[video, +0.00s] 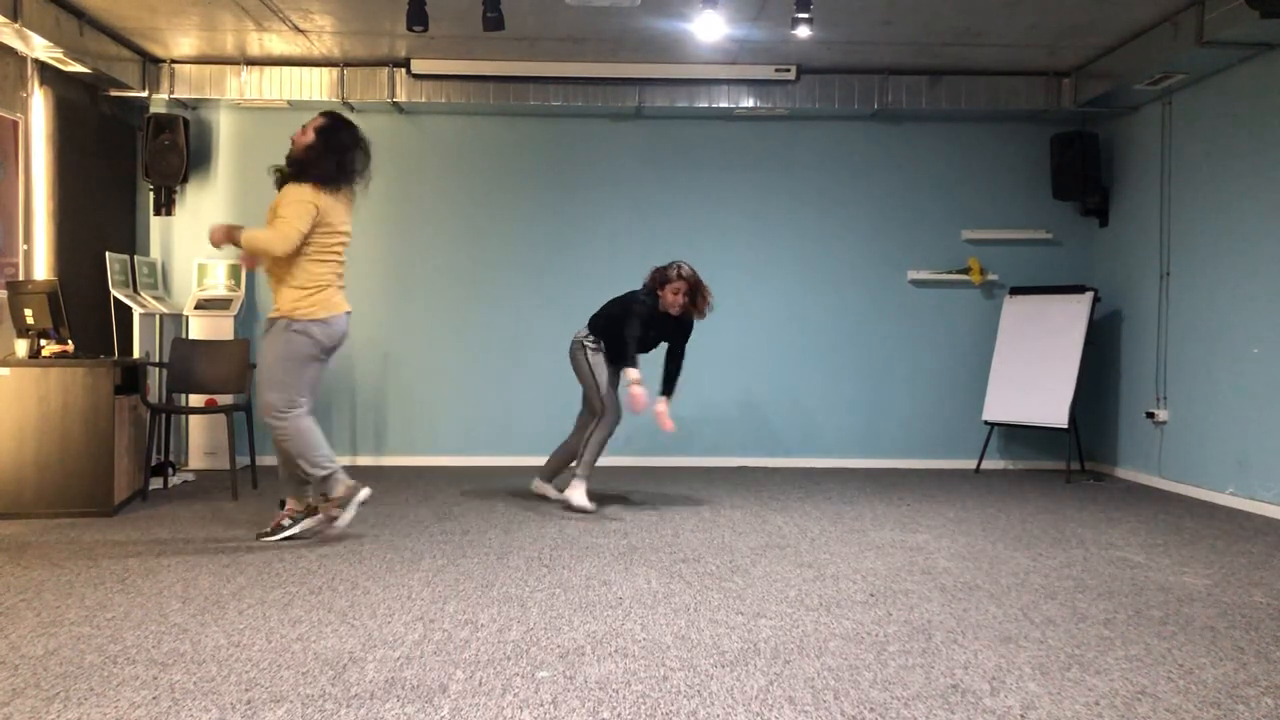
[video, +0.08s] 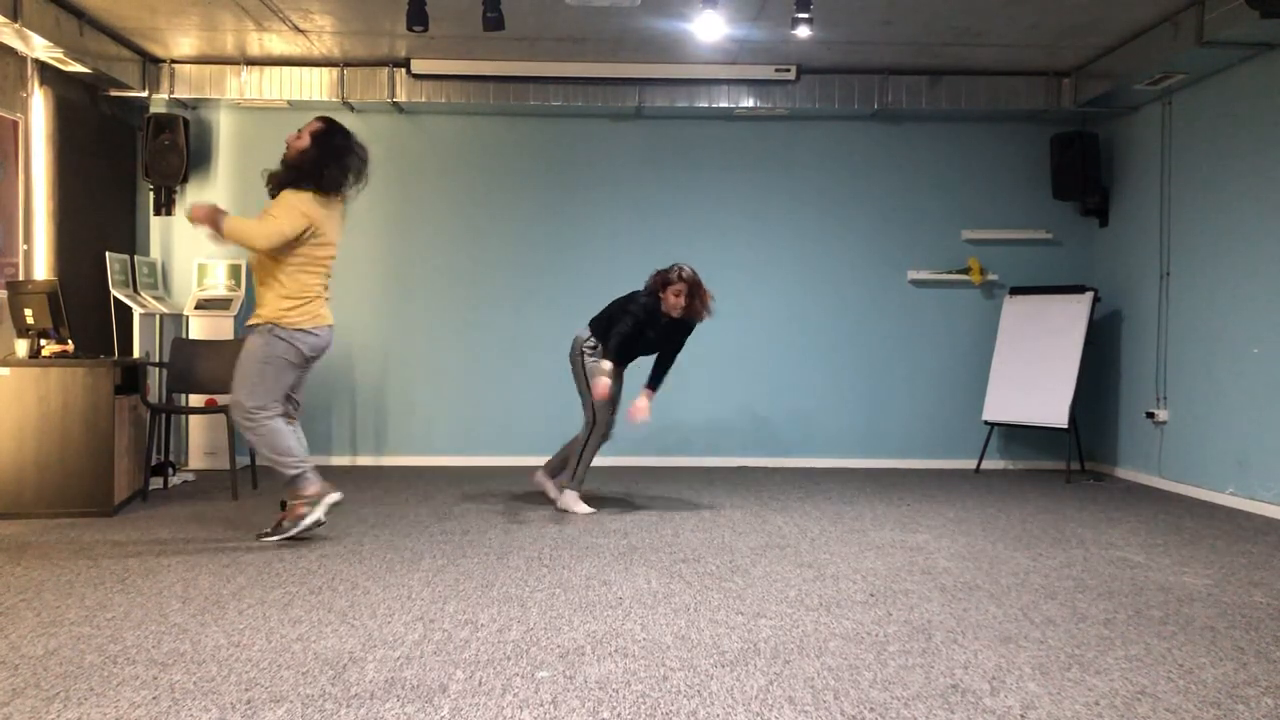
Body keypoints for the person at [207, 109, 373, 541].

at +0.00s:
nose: (298, 133)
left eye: (307, 131)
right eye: (304, 127)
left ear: (321, 149)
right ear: (334, 156)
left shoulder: (303, 193)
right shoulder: (335, 196)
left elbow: (281, 241)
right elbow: (305, 251)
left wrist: (234, 233)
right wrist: (262, 255)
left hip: (301, 319)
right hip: (326, 316)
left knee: (281, 410)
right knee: (289, 409)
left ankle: (338, 488)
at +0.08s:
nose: (292, 137)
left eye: (302, 135)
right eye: (298, 131)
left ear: (317, 153)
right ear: (326, 160)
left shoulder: (299, 201)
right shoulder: (326, 201)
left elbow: (264, 237)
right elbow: (275, 243)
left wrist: (218, 220)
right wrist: (228, 226)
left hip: (284, 326)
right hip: (309, 326)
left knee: (251, 408)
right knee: (282, 412)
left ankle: (310, 488)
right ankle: (300, 507)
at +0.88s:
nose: (62, 213)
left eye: (68, 206)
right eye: (62, 206)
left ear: (95, 209)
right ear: (97, 210)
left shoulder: (119, 238)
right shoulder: (131, 246)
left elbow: (134, 274)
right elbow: (105, 298)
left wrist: (85, 245)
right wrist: (65, 268)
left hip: (150, 364)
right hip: (187, 366)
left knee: (66, 426)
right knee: (121, 437)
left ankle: (65, 524)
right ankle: (197, 485)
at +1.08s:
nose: (54, 231)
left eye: (59, 222)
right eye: (53, 222)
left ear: (82, 220)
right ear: (97, 218)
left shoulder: (116, 241)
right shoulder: (135, 240)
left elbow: (155, 280)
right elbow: (131, 328)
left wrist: (123, 333)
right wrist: (83, 351)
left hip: (173, 356)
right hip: (196, 355)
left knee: (94, 421)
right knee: (126, 422)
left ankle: (66, 522)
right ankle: (137, 517)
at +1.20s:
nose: (90, 229)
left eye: (89, 218)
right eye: (88, 219)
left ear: (105, 216)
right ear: (122, 206)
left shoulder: (145, 227)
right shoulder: (143, 239)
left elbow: (192, 265)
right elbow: (159, 310)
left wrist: (165, 324)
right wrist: (125, 342)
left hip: (205, 345)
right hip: (208, 346)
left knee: (122, 415)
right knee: (149, 424)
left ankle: (175, 504)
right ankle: (143, 516)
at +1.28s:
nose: (99, 200)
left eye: (103, 189)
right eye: (98, 190)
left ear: (121, 189)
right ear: (140, 185)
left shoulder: (157, 217)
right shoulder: (159, 220)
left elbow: (200, 260)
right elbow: (180, 290)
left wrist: (176, 317)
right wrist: (148, 326)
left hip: (215, 343)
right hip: (213, 341)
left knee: (156, 424)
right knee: (165, 423)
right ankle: (144, 517)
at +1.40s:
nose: (147, 179)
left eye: (152, 171)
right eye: (150, 169)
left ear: (165, 177)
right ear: (197, 173)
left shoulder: (187, 215)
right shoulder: (218, 213)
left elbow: (215, 271)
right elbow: (233, 280)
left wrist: (177, 311)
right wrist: (187, 322)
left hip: (233, 343)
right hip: (247, 338)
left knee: (222, 441)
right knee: (172, 407)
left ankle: (275, 527)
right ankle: (182, 505)